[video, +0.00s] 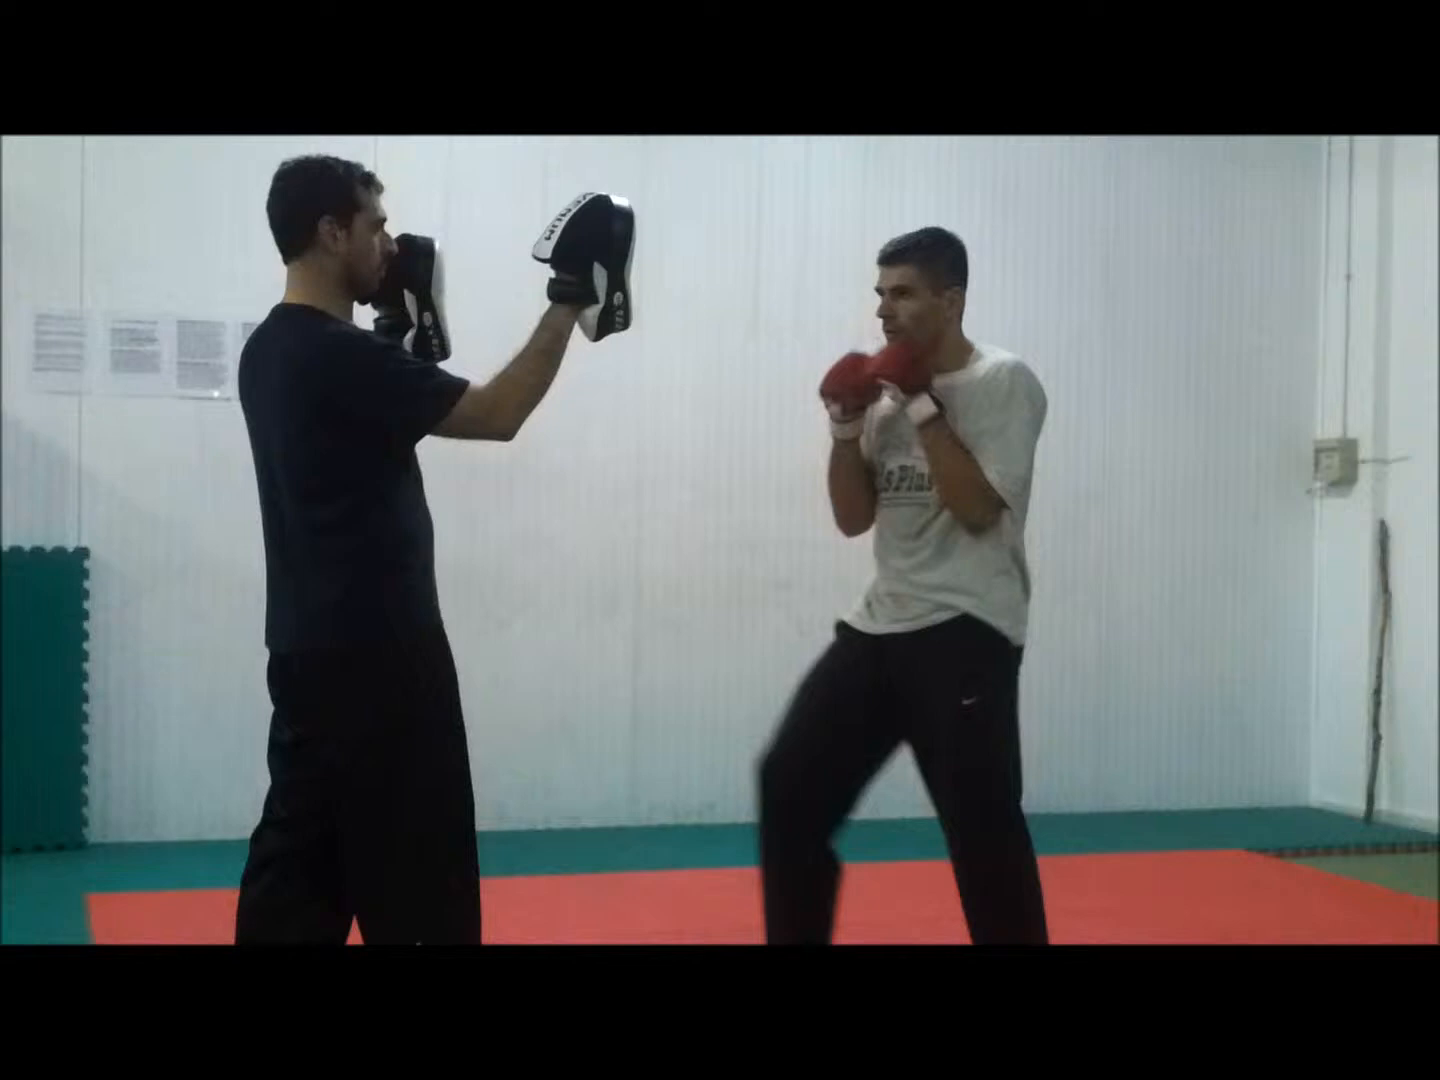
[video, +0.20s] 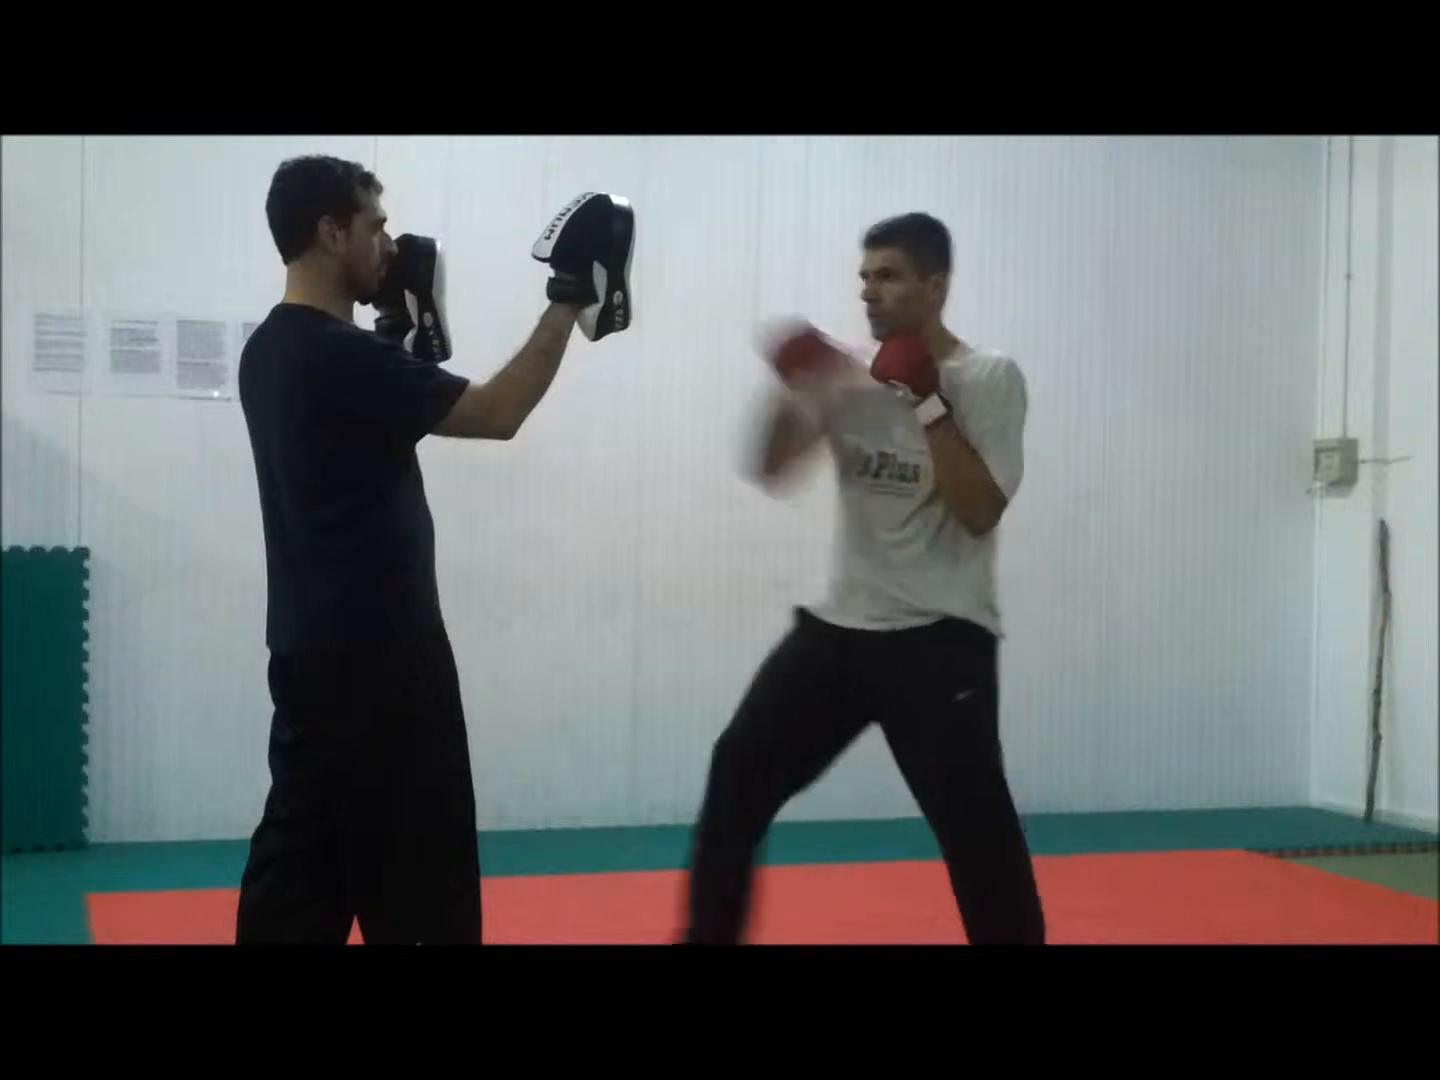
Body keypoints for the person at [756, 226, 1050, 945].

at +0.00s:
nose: (883, 309)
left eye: (900, 294)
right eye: (880, 294)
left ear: (952, 299)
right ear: (881, 299)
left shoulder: (1005, 383)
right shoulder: (879, 395)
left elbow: (979, 510)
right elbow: (853, 518)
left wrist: (923, 407)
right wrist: (846, 426)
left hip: (966, 634)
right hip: (879, 629)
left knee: (984, 829)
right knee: (790, 785)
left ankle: (1014, 946)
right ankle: (796, 943)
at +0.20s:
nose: (869, 294)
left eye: (886, 278)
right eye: (863, 279)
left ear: (936, 283)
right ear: (861, 286)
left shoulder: (987, 379)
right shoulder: (848, 375)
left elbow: (981, 512)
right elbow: (774, 470)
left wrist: (929, 403)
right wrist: (799, 391)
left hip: (941, 641)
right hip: (837, 632)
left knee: (978, 831)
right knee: (740, 771)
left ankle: (1014, 944)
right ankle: (708, 936)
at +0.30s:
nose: (845, 295)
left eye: (861, 279)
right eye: (838, 281)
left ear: (907, 282)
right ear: (835, 287)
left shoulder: (966, 381)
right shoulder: (812, 361)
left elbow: (982, 509)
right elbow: (694, 381)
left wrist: (924, 407)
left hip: (926, 640)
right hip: (817, 635)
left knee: (968, 833)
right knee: (716, 821)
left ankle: (1012, 946)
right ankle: (661, 941)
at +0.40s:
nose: (770, 299)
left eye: (783, 280)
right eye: (764, 284)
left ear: (831, 283)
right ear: (766, 292)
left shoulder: (906, 380)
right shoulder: (766, 369)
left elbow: (934, 508)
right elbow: (669, 417)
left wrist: (876, 428)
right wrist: (654, 339)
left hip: (883, 644)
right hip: (782, 643)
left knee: (944, 830)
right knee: (708, 826)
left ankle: (997, 941)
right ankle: (663, 941)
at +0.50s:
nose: (719, 307)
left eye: (733, 289)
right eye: (712, 293)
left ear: (778, 294)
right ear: (709, 308)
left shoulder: (829, 367)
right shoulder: (735, 397)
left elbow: (863, 480)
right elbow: (714, 511)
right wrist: (671, 450)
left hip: (843, 635)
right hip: (761, 642)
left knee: (901, 814)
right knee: (695, 830)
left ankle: (990, 940)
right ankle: (667, 944)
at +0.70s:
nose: (651, 345)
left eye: (667, 328)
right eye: (649, 333)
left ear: (718, 327)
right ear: (722, 338)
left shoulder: (701, 375)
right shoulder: (776, 402)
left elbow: (591, 380)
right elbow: (856, 517)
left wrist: (473, 336)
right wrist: (761, 570)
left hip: (786, 636)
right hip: (798, 633)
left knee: (833, 844)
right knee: (653, 803)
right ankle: (653, 942)